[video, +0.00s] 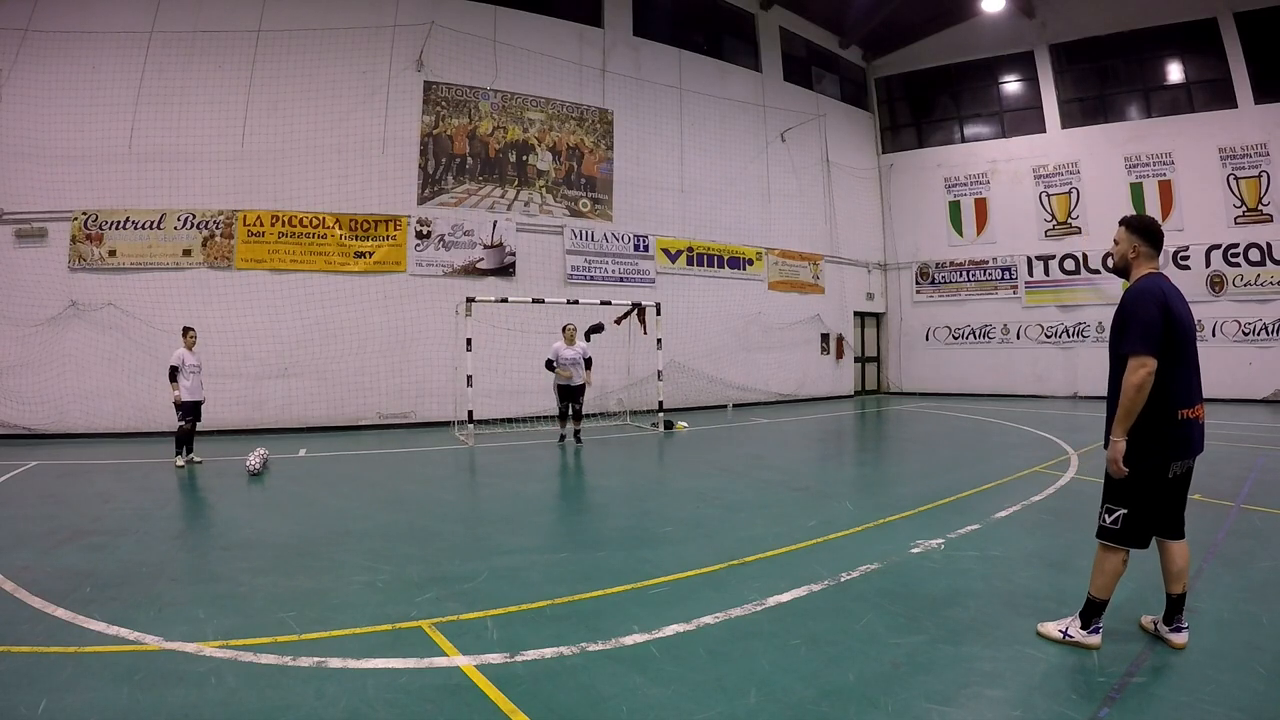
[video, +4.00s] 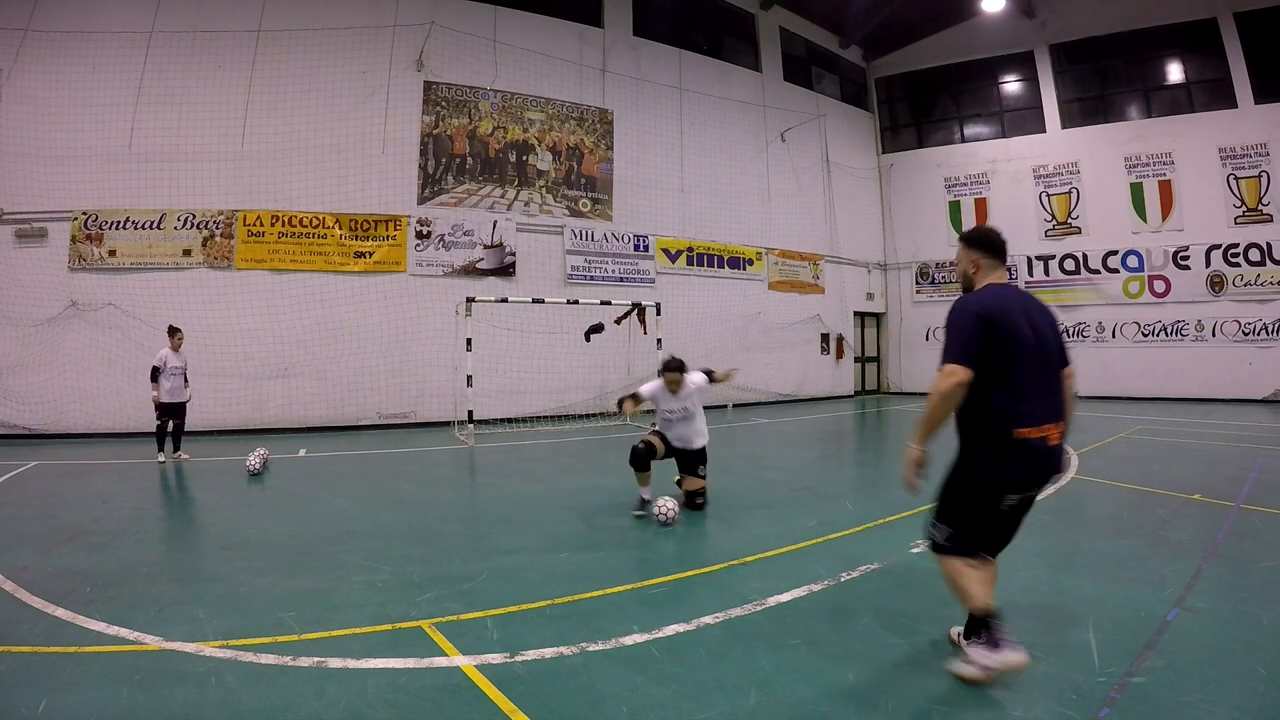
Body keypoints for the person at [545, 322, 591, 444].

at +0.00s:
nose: (571, 332)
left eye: (573, 330)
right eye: (569, 330)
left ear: (576, 333)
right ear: (564, 333)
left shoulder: (582, 347)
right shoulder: (557, 347)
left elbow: (588, 360)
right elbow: (548, 364)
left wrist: (588, 376)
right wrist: (561, 373)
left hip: (578, 384)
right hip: (562, 384)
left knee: (578, 411)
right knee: (563, 411)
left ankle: (577, 433)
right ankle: (562, 433)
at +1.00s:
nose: (596, 318)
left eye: (598, 317)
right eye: (593, 316)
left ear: (602, 323)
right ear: (586, 323)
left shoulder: (607, 336)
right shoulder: (579, 338)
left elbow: (619, 350)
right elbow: (565, 356)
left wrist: (600, 335)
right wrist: (557, 358)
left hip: (607, 389)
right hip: (585, 389)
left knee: (602, 427)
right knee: (579, 426)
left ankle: (608, 453)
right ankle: (587, 450)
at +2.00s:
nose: (678, 301)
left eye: (680, 297)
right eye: (674, 297)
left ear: (682, 299)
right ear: (660, 298)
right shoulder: (644, 320)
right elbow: (625, 356)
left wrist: (692, 348)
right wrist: (648, 346)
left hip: (671, 390)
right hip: (644, 387)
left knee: (663, 450)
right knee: (656, 443)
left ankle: (638, 499)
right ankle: (639, 504)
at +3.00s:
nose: (809, 376)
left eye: (811, 371)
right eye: (805, 370)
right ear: (789, 369)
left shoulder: (799, 390)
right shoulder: (765, 382)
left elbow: (811, 407)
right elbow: (722, 397)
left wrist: (820, 432)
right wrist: (734, 430)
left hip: (766, 420)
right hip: (738, 417)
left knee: (791, 465)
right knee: (758, 462)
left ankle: (795, 516)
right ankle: (750, 523)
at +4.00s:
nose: (672, 386)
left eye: (676, 382)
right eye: (669, 382)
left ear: (683, 377)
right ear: (663, 378)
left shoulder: (694, 382)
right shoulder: (656, 387)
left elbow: (707, 375)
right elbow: (629, 399)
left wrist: (720, 377)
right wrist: (628, 407)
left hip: (693, 444)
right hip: (666, 439)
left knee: (696, 503)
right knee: (639, 453)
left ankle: (683, 483)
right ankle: (645, 499)